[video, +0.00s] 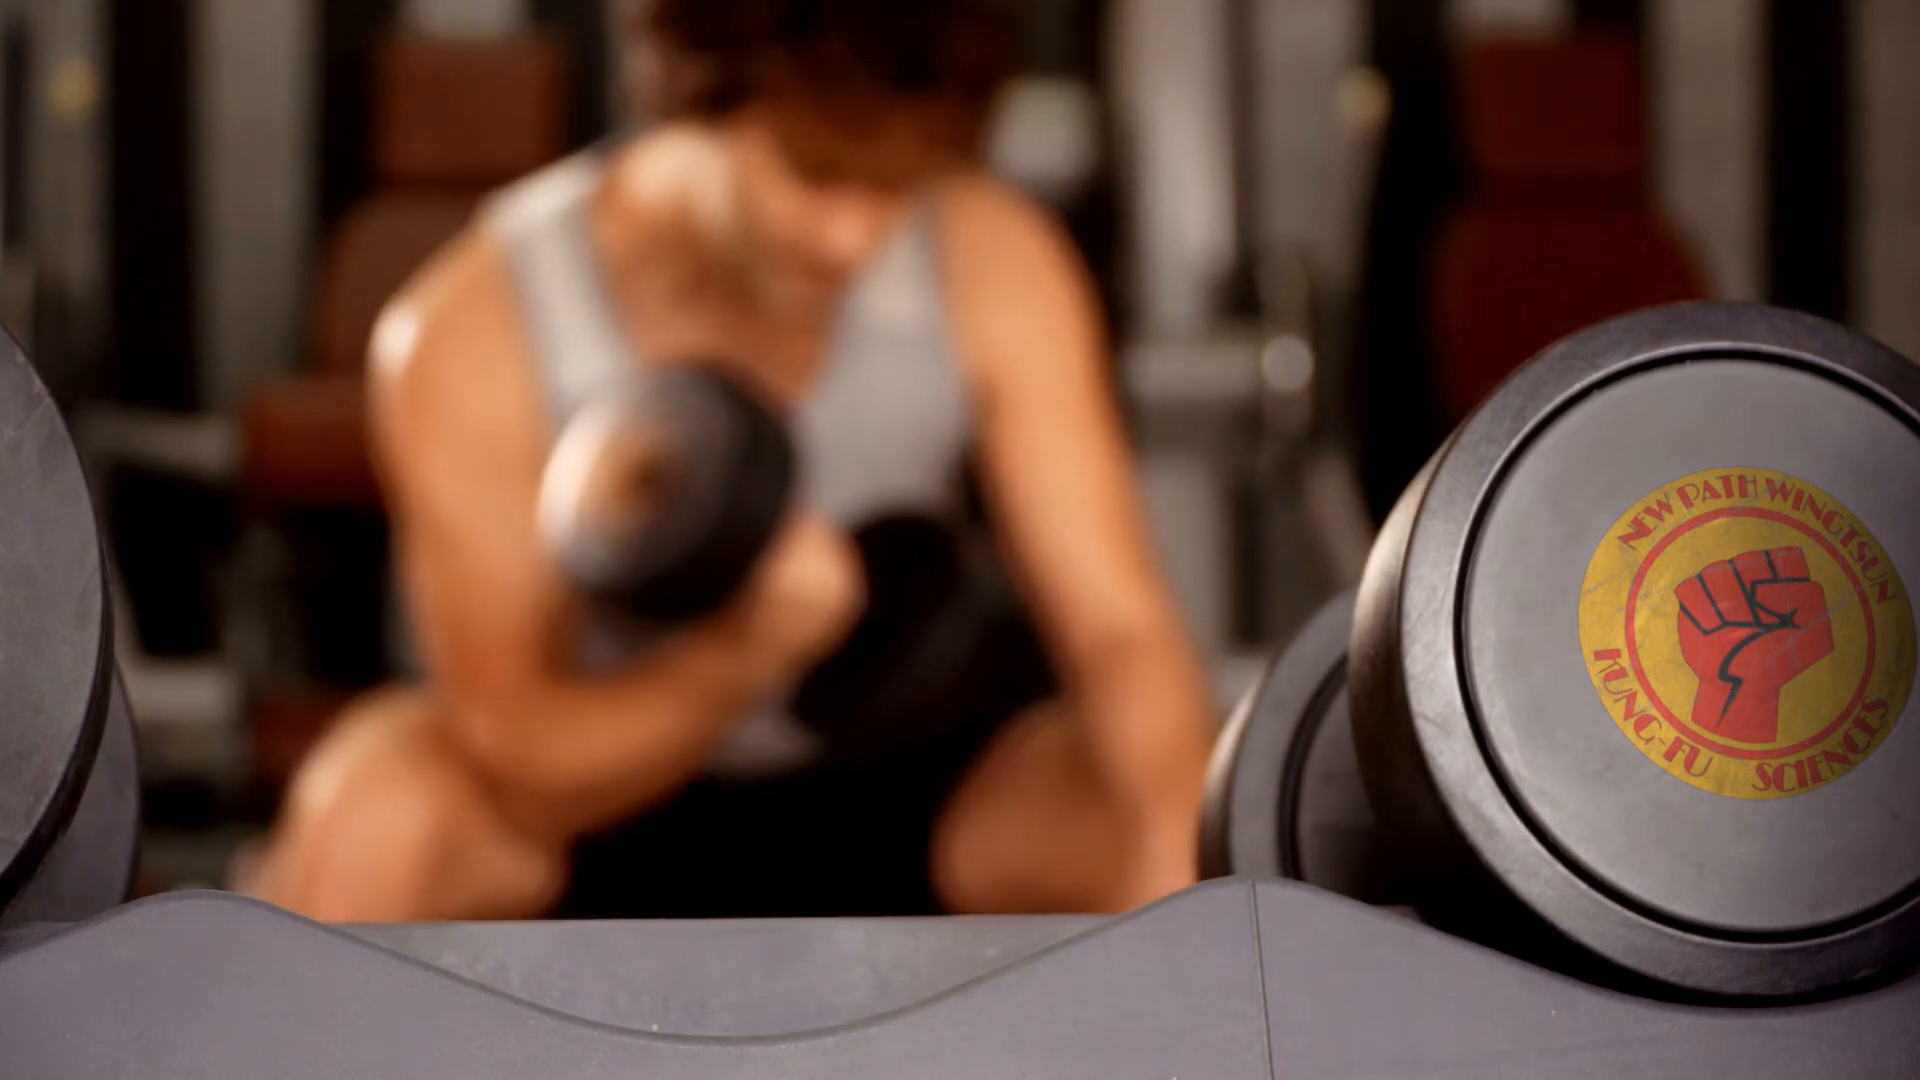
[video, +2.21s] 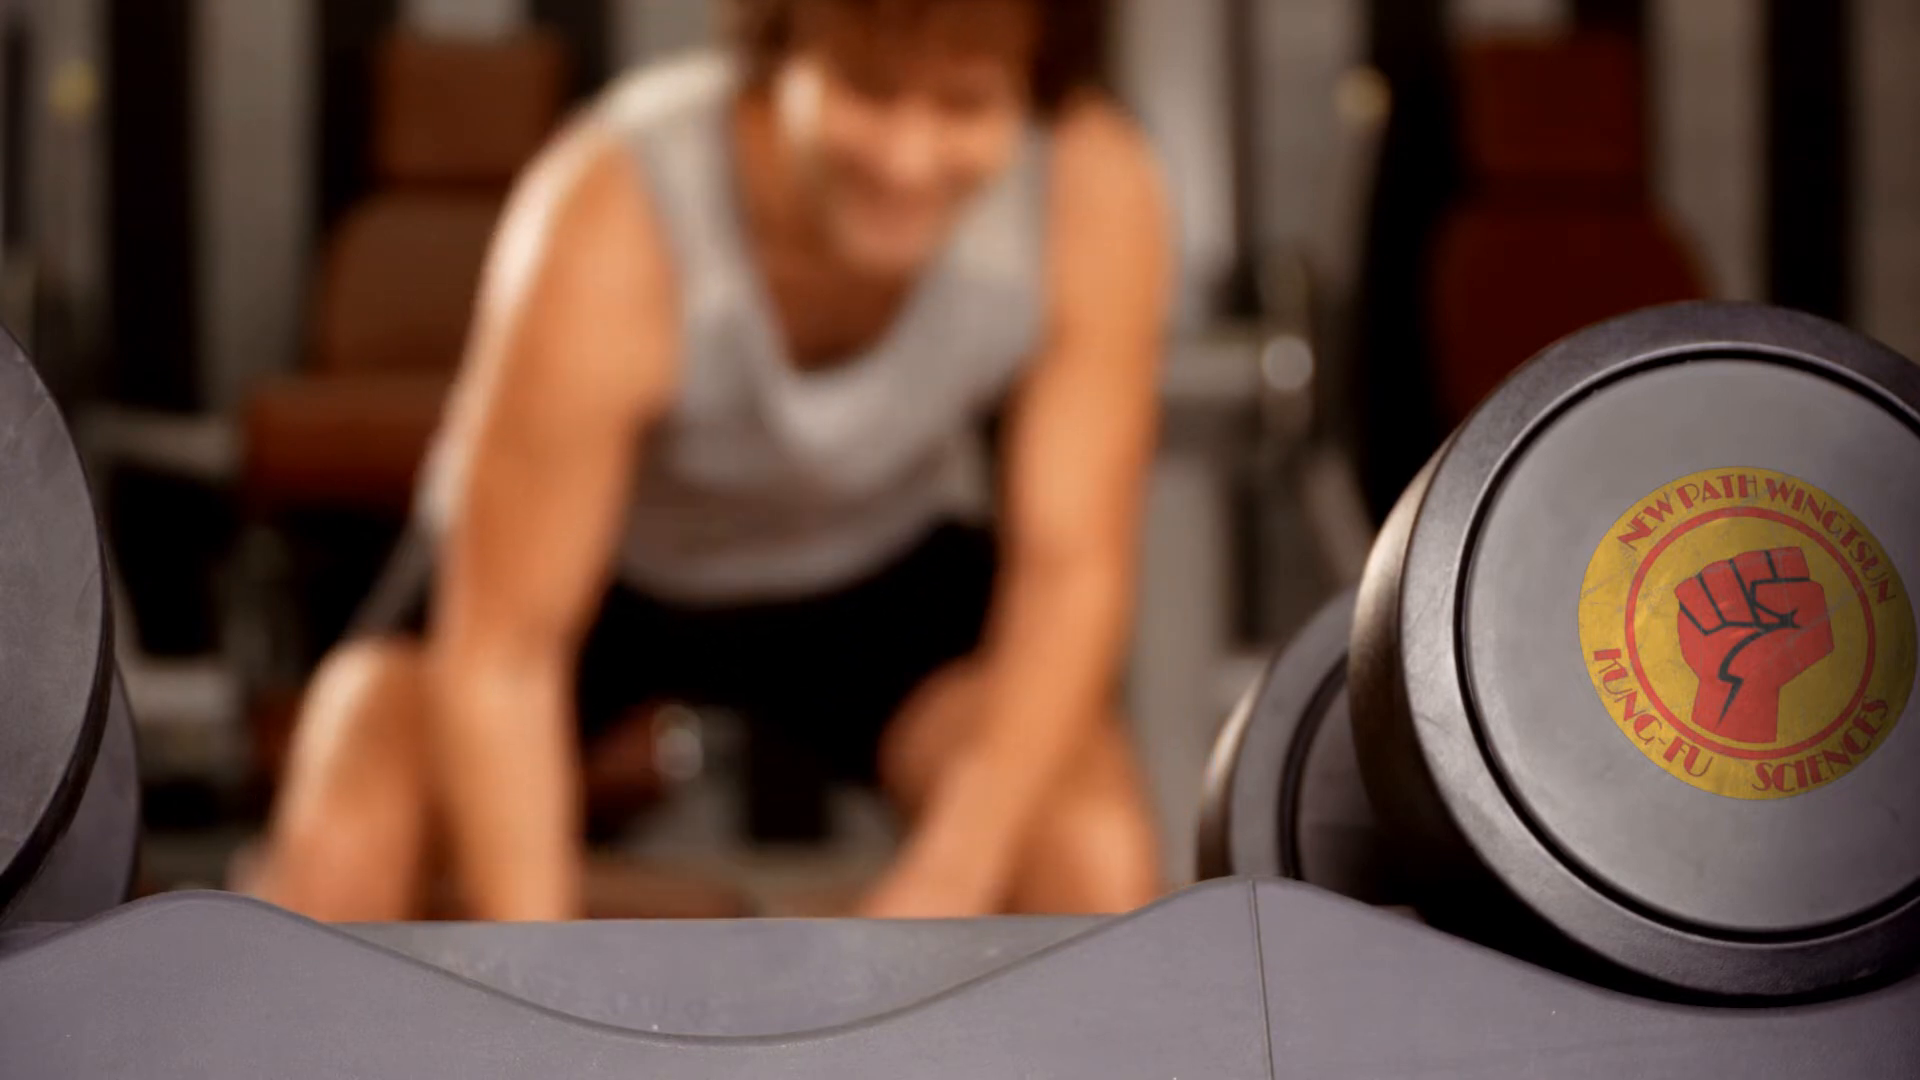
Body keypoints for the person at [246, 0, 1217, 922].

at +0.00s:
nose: (855, 232)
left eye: (901, 182)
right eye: (815, 172)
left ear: (949, 148)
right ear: (708, 101)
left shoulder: (990, 256)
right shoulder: (466, 330)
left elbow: (1119, 633)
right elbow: (529, 769)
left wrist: (1179, 888)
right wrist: (754, 651)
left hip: (890, 782)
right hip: (597, 806)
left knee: (1183, 807)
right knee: (374, 803)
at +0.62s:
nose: (871, 205)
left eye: (919, 156)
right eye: (837, 145)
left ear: (973, 122)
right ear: (739, 70)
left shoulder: (1016, 249)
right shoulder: (513, 316)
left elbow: (1122, 628)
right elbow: (528, 754)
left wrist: (1172, 862)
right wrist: (840, 750)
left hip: (888, 806)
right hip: (610, 813)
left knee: (1189, 786)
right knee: (368, 783)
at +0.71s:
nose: (875, 205)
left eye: (924, 158)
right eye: (842, 145)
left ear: (981, 123)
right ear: (748, 68)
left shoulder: (1024, 253)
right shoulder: (526, 319)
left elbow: (1125, 635)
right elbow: (519, 741)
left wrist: (1167, 863)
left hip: (907, 792)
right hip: (628, 791)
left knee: (1191, 770)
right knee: (362, 789)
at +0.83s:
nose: (875, 204)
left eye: (925, 159)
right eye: (843, 144)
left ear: (989, 126)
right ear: (754, 71)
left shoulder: (1035, 255)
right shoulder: (542, 324)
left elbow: (1123, 633)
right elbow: (516, 756)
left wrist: (1161, 857)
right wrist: (640, 968)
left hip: (902, 780)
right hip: (618, 788)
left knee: (1187, 803)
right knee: (357, 796)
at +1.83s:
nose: (894, 328)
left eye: (948, 281)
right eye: (857, 262)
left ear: (1015, 266)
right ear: (772, 205)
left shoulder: (1046, 286)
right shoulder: (583, 397)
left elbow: (1101, 661)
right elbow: (508, 830)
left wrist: (1005, 814)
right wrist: (518, 1076)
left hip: (893, 783)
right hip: (613, 796)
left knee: (1138, 829)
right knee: (344, 803)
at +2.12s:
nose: (919, 256)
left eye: (972, 208)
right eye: (876, 190)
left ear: (1041, 193)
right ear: (784, 144)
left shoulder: (1095, 252)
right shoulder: (615, 300)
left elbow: (1099, 640)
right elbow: (507, 739)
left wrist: (895, 932)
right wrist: (538, 1035)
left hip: (881, 671)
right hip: (578, 675)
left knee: (1119, 849)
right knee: (344, 819)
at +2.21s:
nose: (910, 155)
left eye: (964, 105)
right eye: (868, 89)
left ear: (1030, 103)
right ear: (782, 62)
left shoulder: (1093, 183)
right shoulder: (611, 206)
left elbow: (1072, 578)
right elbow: (499, 646)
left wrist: (914, 928)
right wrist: (542, 981)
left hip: (882, 589)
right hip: (579, 595)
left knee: (1103, 861)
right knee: (340, 845)